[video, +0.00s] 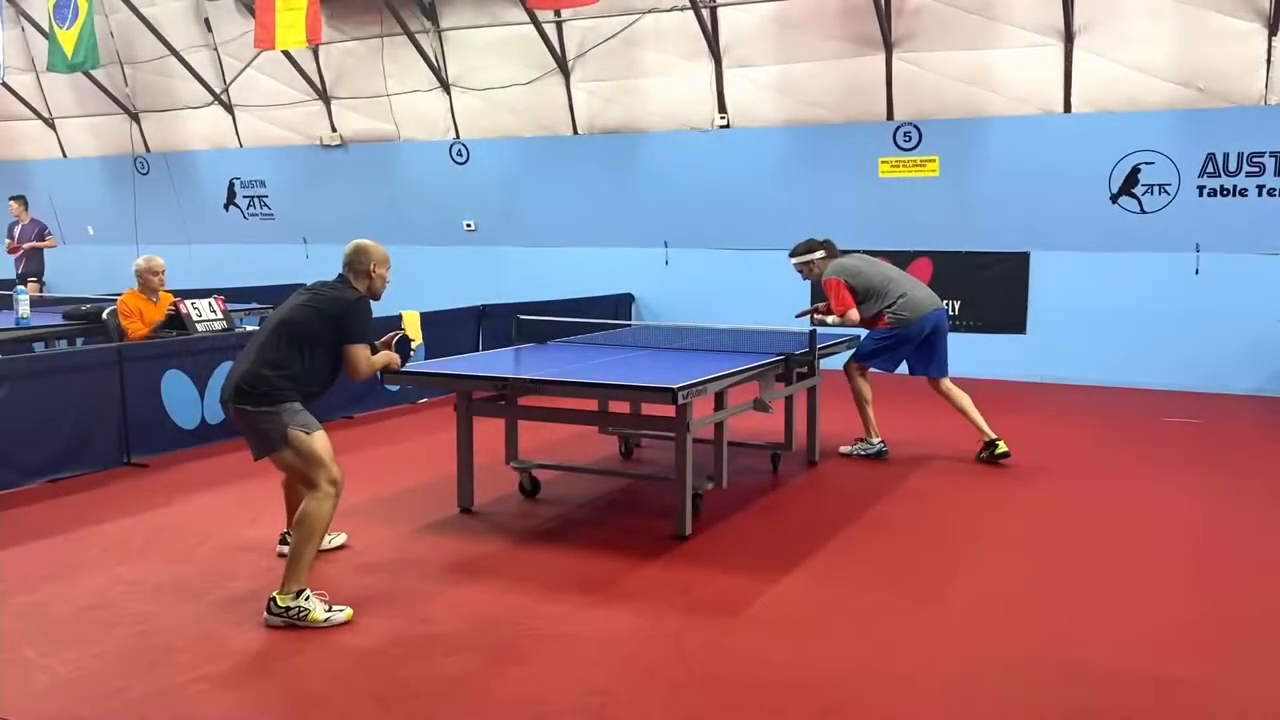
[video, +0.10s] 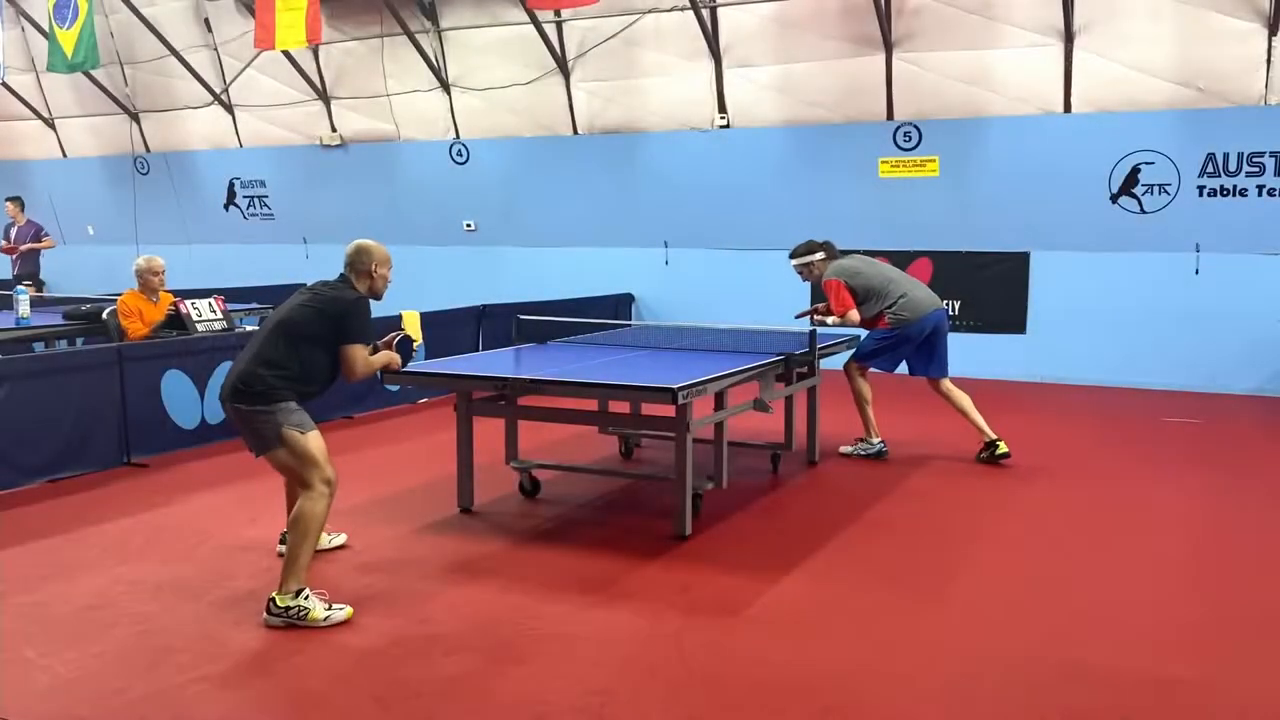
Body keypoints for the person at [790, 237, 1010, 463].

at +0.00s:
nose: (804, 277)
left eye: (803, 270)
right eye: (800, 272)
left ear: (817, 261)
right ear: (825, 256)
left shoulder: (832, 275)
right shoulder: (857, 261)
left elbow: (853, 317)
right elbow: (872, 311)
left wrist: (831, 318)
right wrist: (832, 310)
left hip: (906, 316)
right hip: (936, 311)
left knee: (854, 369)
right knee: (940, 381)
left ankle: (873, 440)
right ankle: (991, 439)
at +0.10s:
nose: (803, 278)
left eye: (803, 271)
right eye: (800, 273)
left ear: (817, 261)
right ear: (825, 257)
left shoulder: (832, 276)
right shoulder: (856, 262)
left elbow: (853, 318)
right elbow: (872, 311)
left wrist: (831, 319)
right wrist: (832, 311)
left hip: (906, 316)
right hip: (936, 311)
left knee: (854, 369)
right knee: (940, 382)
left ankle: (873, 440)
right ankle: (992, 440)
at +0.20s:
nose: (803, 278)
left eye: (802, 272)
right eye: (799, 273)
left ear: (815, 263)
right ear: (823, 258)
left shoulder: (832, 277)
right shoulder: (855, 262)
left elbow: (853, 319)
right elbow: (871, 312)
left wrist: (831, 319)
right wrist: (832, 311)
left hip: (907, 317)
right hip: (936, 311)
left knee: (854, 369)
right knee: (940, 383)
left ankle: (873, 440)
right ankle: (993, 440)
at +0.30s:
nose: (803, 279)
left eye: (802, 272)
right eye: (799, 274)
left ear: (815, 264)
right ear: (823, 258)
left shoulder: (831, 277)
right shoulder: (855, 262)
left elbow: (853, 319)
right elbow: (871, 311)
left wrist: (831, 319)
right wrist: (831, 310)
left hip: (907, 317)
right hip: (936, 311)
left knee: (854, 369)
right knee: (941, 383)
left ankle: (873, 440)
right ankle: (993, 441)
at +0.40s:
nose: (803, 279)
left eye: (803, 272)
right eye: (800, 274)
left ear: (816, 264)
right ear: (824, 258)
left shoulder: (832, 277)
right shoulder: (856, 262)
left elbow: (853, 319)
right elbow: (871, 311)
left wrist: (832, 319)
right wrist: (832, 310)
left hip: (907, 317)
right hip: (936, 311)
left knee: (854, 369)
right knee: (941, 383)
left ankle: (873, 440)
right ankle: (993, 441)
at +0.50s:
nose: (803, 279)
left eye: (803, 272)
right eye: (800, 274)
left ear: (816, 264)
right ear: (824, 258)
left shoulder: (832, 277)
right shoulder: (855, 262)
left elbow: (853, 319)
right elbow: (871, 311)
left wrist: (832, 319)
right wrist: (832, 310)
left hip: (907, 317)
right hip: (936, 311)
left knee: (854, 369)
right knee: (941, 383)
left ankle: (872, 440)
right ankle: (993, 441)